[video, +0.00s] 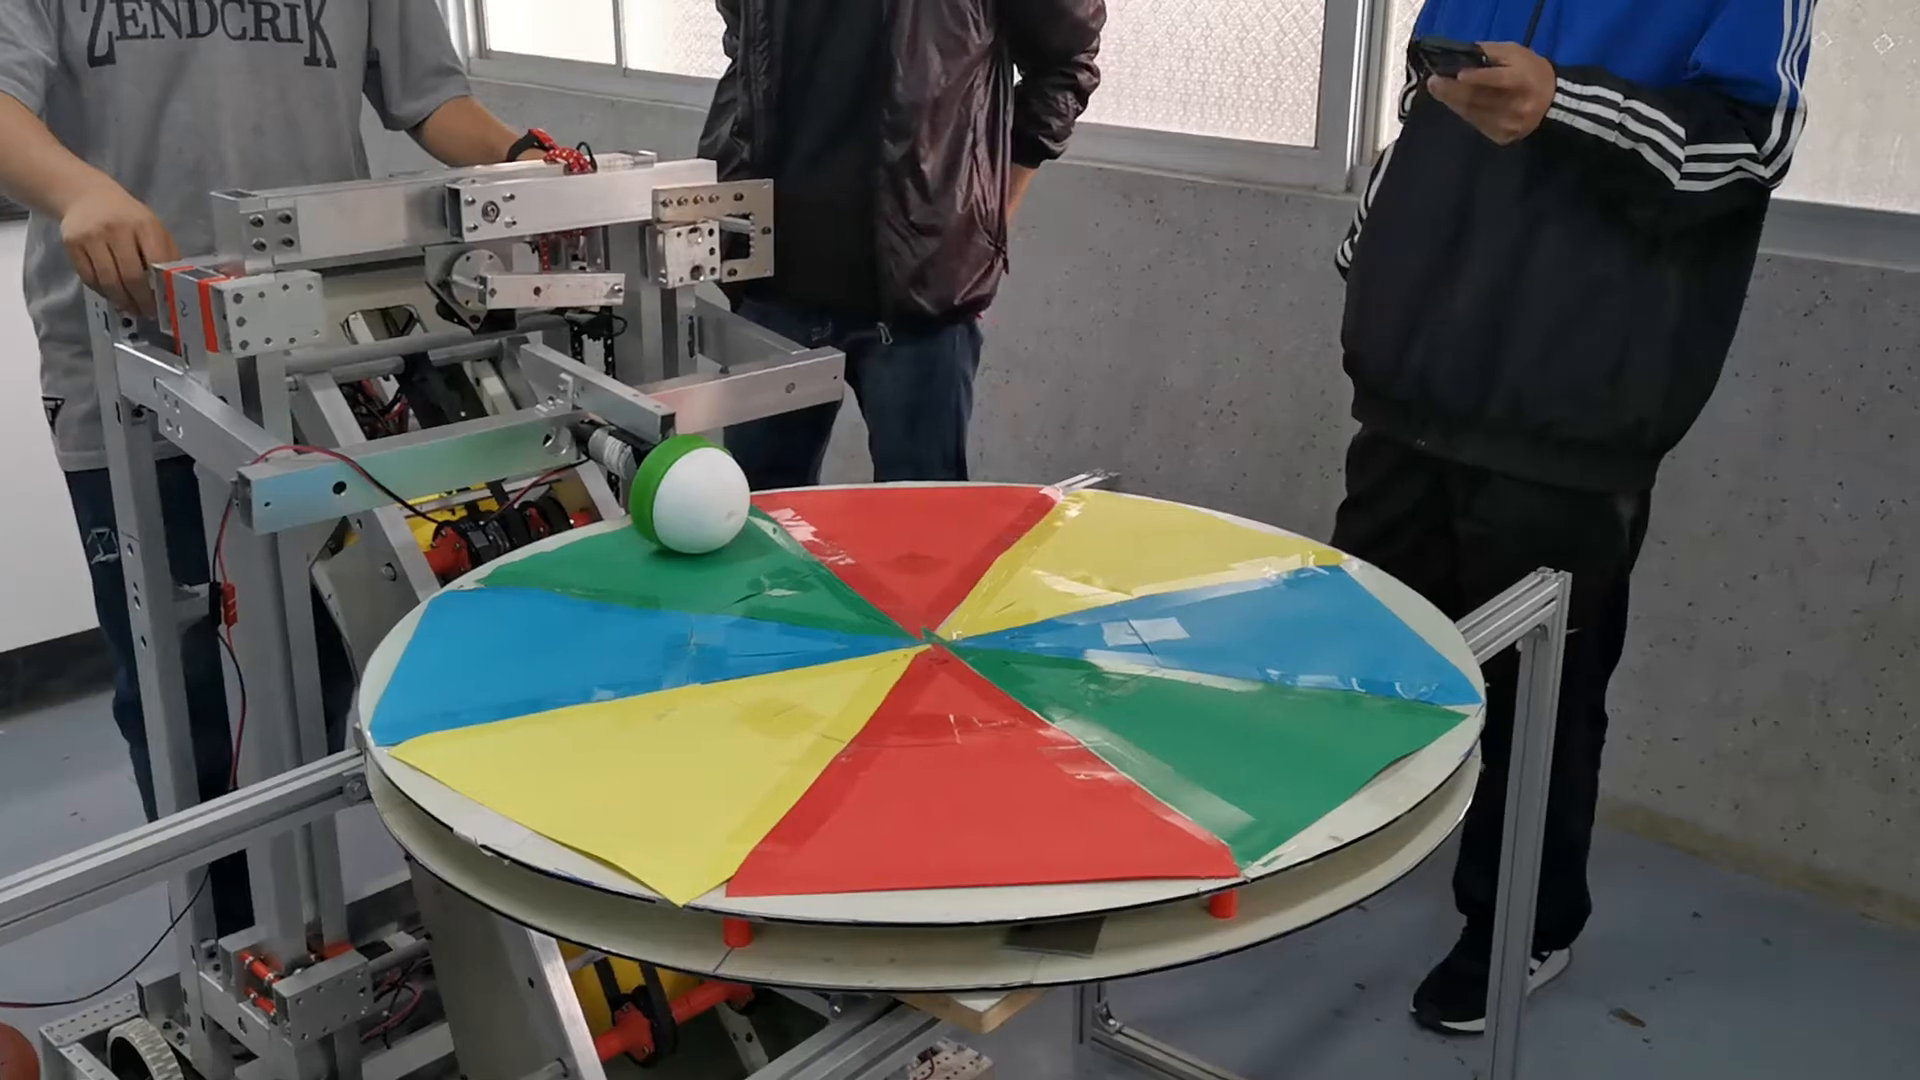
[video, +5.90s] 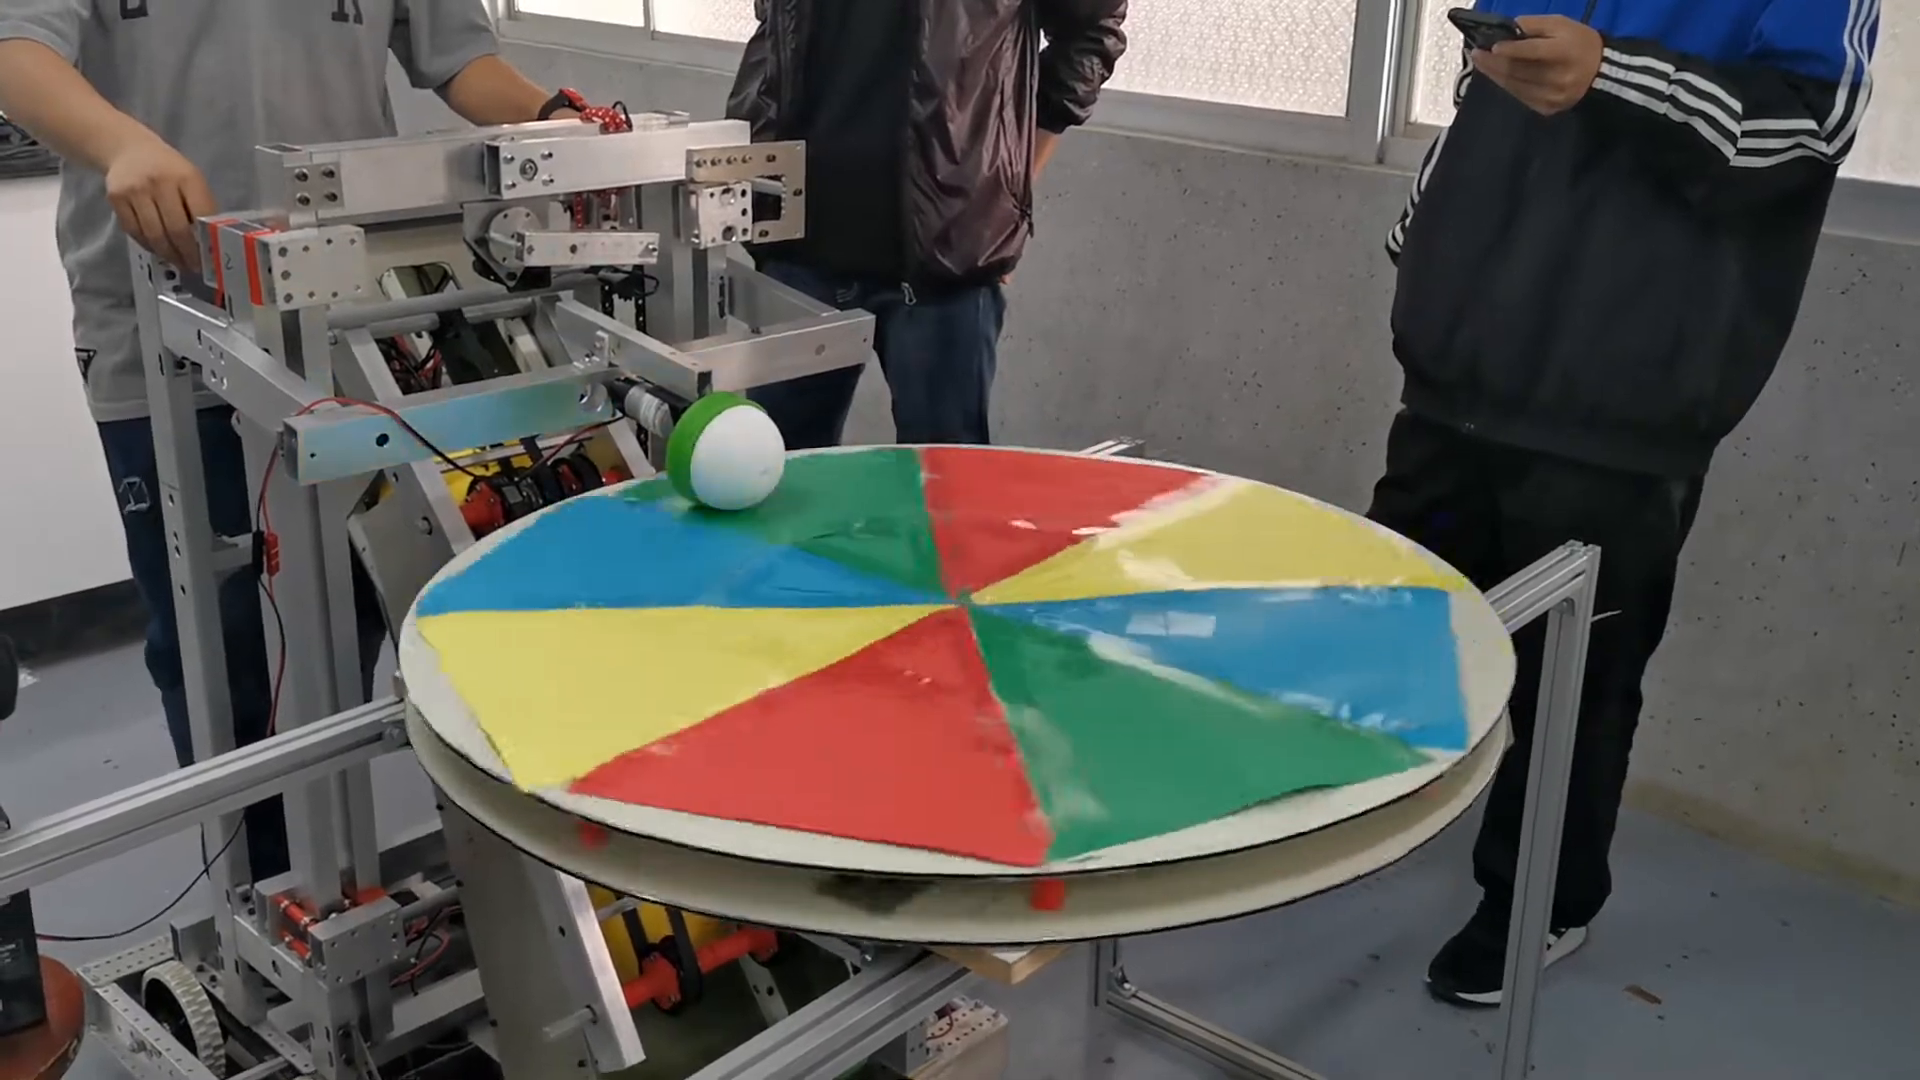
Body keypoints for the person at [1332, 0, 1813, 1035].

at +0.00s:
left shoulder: (1749, 6)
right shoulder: (1477, 4)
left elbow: (1749, 143)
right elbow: (1433, 95)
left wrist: (1557, 106)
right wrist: (1374, 249)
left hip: (1586, 378)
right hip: (1424, 338)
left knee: (1538, 678)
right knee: (1369, 634)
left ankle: (1520, 924)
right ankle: (1299, 855)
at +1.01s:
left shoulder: (1784, 7)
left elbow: (1786, 131)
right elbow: (1463, 66)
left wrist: (1586, 85)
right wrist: (1395, 241)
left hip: (1618, 371)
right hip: (1453, 331)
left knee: (1558, 671)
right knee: (1385, 625)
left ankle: (1530, 912)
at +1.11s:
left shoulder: (1784, 7)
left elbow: (1785, 132)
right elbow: (1462, 51)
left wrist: (1586, 83)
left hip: (1617, 371)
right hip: (1450, 330)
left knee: (1558, 671)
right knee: (1385, 626)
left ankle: (1531, 911)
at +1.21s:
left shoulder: (1783, 7)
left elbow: (1785, 131)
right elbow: (1465, 83)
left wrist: (1586, 84)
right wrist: (1397, 241)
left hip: (1617, 371)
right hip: (1452, 331)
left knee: (1557, 672)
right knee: (1387, 627)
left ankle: (1529, 913)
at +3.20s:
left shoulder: (1811, 7)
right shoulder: (1532, 5)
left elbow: (1805, 138)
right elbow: (1482, 86)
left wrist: (1609, 84)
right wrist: (1409, 243)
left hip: (1631, 375)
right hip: (1467, 330)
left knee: (1565, 669)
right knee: (1389, 622)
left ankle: (1524, 911)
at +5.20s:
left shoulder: (1822, 7)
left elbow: (1812, 139)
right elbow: (1493, 78)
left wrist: (1612, 81)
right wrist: (1421, 240)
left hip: (1639, 371)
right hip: (1474, 324)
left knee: (1573, 665)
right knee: (1402, 608)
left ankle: (1532, 908)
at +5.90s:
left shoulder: (1815, 9)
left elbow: (1806, 130)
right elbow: (1490, 85)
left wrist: (1606, 73)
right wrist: (1416, 245)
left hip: (1638, 369)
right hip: (1474, 323)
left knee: (1576, 661)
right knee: (1405, 612)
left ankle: (1536, 901)